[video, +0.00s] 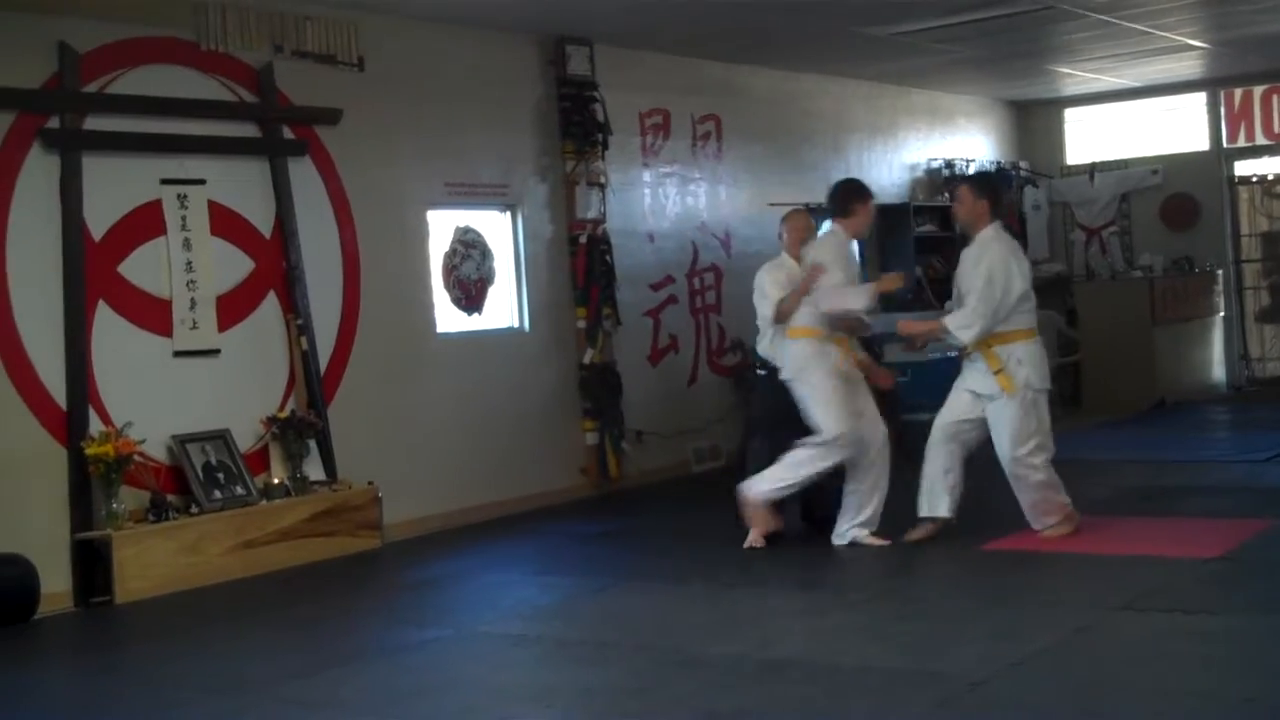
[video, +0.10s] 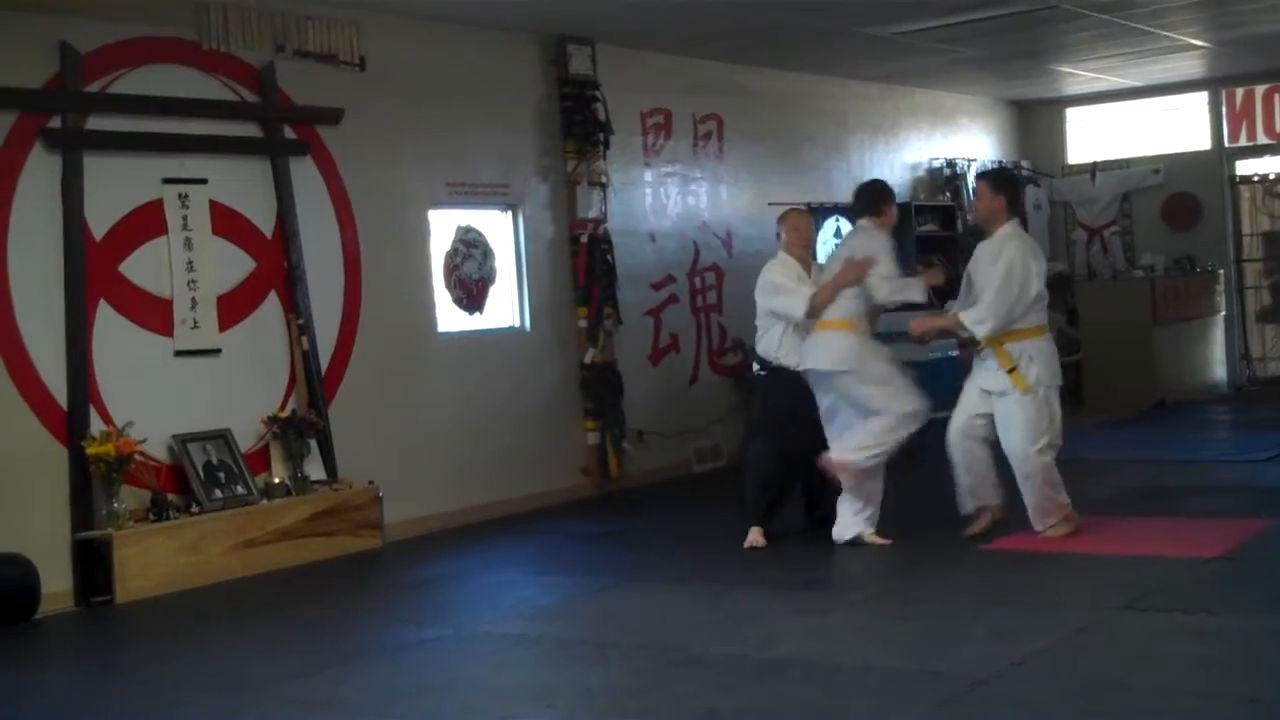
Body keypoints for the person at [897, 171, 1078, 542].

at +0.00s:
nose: (953, 209)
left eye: (959, 201)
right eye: (954, 201)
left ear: (982, 205)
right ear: (978, 207)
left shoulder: (997, 250)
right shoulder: (977, 250)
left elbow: (978, 316)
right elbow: (968, 309)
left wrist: (931, 329)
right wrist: (932, 327)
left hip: (1015, 360)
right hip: (982, 360)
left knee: (1019, 450)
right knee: (946, 432)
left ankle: (1059, 516)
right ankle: (934, 515)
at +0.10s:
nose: (973, 204)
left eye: (980, 196)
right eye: (975, 196)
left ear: (1001, 201)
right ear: (996, 202)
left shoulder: (1017, 248)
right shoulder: (985, 250)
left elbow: (993, 311)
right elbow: (967, 303)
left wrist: (938, 323)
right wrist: (939, 323)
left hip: (1026, 357)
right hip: (990, 358)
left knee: (1025, 446)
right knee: (962, 433)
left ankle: (1058, 517)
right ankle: (988, 507)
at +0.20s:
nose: (983, 200)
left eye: (989, 192)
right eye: (984, 192)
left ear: (1012, 197)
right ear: (1005, 198)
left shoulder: (1030, 242)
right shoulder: (992, 247)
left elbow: (1008, 309)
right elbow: (978, 302)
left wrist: (953, 326)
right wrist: (961, 331)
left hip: (1034, 348)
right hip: (1000, 349)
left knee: (1026, 435)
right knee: (988, 434)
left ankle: (1059, 513)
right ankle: (1025, 507)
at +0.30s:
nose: (990, 201)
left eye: (996, 193)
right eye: (990, 193)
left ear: (1020, 196)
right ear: (1012, 197)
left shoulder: (1041, 242)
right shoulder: (997, 246)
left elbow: (1023, 307)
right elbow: (989, 301)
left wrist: (974, 335)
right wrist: (984, 340)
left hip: (1041, 347)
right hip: (1006, 349)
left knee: (1037, 436)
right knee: (1006, 441)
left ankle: (1060, 514)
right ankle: (1058, 498)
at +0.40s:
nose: (992, 201)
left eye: (1000, 193)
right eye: (993, 193)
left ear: (1025, 197)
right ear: (1014, 198)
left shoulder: (1046, 242)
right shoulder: (1005, 246)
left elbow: (1040, 313)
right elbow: (1002, 306)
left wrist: (1000, 352)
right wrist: (993, 348)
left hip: (1047, 347)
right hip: (1015, 349)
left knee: (1036, 435)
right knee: (1014, 440)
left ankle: (1063, 514)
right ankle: (1062, 502)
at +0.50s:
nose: (1002, 203)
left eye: (1009, 196)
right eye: (1002, 196)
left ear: (1033, 200)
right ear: (1019, 202)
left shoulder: (1054, 245)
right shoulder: (1012, 248)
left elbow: (1055, 308)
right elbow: (1007, 304)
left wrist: (1037, 360)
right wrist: (1002, 349)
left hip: (1051, 345)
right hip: (1020, 346)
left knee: (1044, 435)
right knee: (1023, 437)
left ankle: (1062, 513)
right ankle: (1065, 485)